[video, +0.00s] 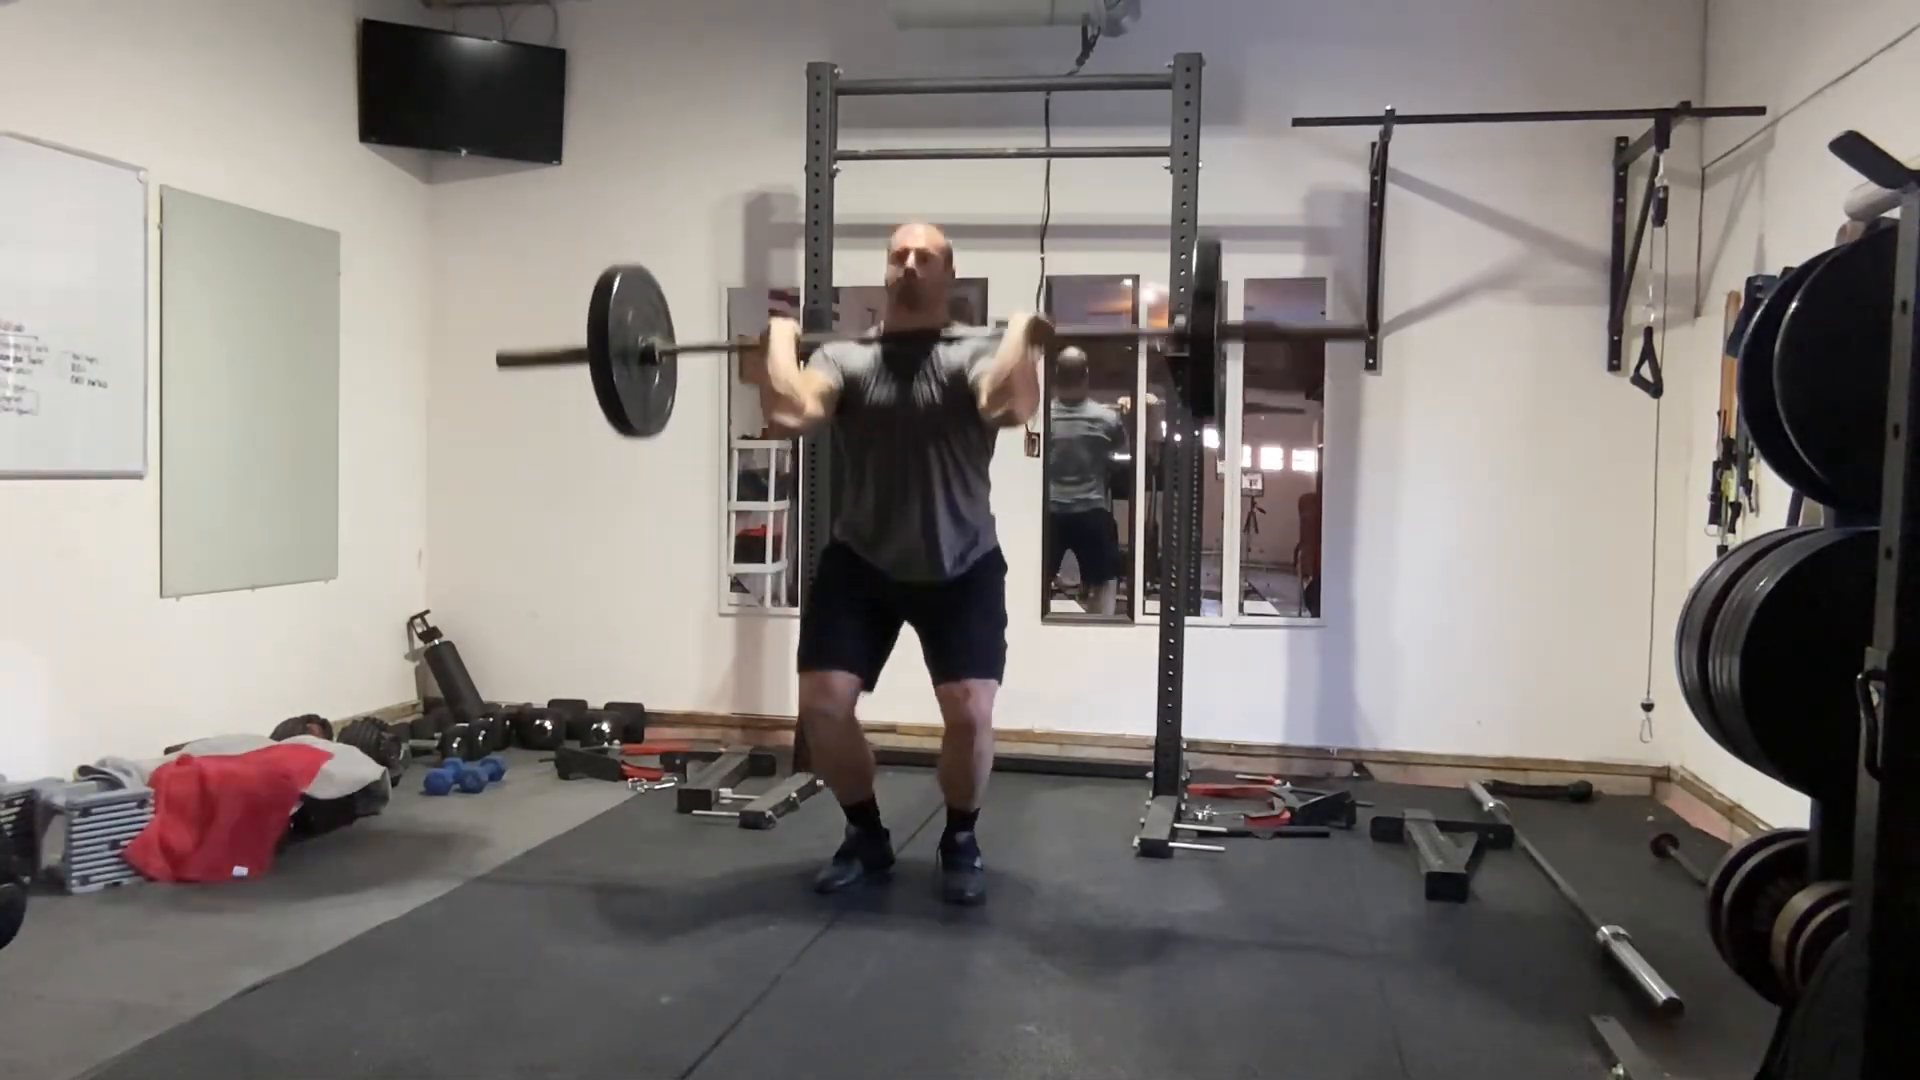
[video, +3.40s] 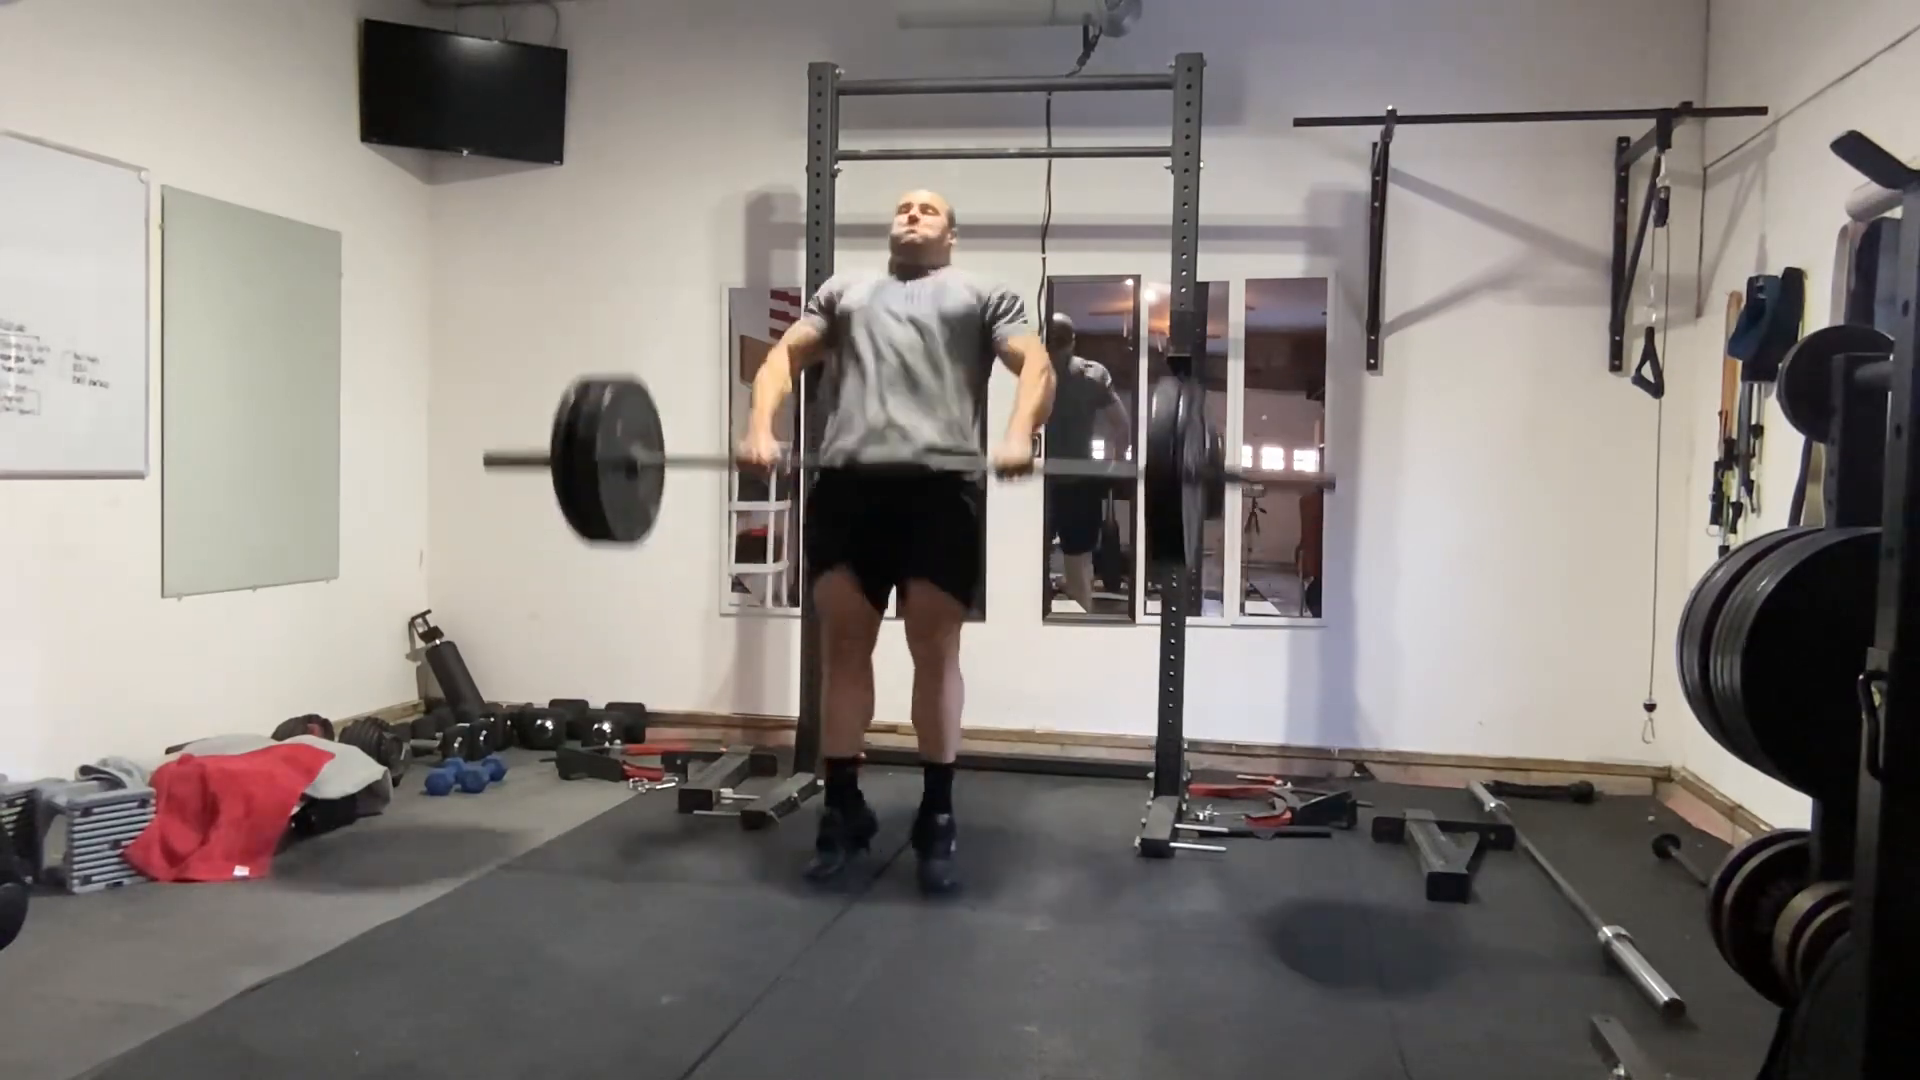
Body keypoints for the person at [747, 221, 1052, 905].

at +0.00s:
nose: (909, 267)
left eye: (925, 258)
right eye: (898, 257)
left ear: (951, 279)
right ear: (884, 276)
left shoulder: (978, 352)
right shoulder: (845, 359)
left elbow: (1014, 404)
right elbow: (793, 403)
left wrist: (1022, 332)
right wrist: (781, 333)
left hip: (958, 565)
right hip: (860, 560)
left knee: (969, 713)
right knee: (822, 702)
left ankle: (960, 843)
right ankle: (867, 840)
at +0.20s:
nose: (920, 204)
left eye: (936, 201)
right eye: (910, 199)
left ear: (960, 229)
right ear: (893, 222)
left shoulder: (971, 285)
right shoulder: (852, 284)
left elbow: (1033, 283)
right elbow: (766, 283)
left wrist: (1037, 193)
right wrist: (769, 199)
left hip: (948, 498)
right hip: (857, 497)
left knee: (953, 671)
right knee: (863, 670)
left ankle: (964, 836)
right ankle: (863, 833)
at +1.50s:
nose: (908, 219)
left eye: (926, 214)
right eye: (900, 213)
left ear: (954, 244)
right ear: (885, 241)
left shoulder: (972, 317)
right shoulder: (848, 320)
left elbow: (1017, 378)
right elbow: (774, 389)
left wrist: (1034, 291)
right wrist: (769, 301)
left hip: (948, 527)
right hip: (856, 524)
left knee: (950, 688)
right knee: (846, 684)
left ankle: (959, 841)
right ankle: (867, 840)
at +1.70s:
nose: (864, 459)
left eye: (877, 447)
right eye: (853, 445)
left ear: (905, 429)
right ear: (837, 432)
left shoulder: (958, 467)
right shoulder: (810, 470)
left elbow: (1013, 574)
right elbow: (779, 573)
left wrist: (1023, 689)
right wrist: (762, 675)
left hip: (956, 554)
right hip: (862, 555)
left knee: (965, 682)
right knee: (839, 672)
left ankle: (946, 828)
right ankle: (856, 829)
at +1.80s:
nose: (871, 387)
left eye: (884, 372)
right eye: (859, 372)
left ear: (914, 363)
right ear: (843, 367)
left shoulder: (962, 420)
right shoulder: (819, 420)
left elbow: (1019, 522)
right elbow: (782, 515)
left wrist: (1025, 634)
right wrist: (765, 619)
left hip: (962, 542)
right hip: (869, 539)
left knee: (963, 674)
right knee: (853, 669)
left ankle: (946, 826)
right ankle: (856, 827)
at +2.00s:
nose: (890, 254)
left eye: (902, 241)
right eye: (880, 242)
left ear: (934, 249)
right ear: (867, 252)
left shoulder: (977, 331)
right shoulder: (834, 330)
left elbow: (1038, 422)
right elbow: (787, 424)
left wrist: (1032, 525)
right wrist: (765, 517)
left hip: (959, 536)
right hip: (864, 533)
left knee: (952, 676)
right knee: (859, 668)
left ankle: (944, 830)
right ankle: (856, 826)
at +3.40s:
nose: (912, 216)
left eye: (926, 211)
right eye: (903, 211)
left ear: (950, 237)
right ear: (888, 235)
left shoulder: (979, 295)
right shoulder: (847, 292)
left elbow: (1037, 362)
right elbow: (782, 354)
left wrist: (1021, 431)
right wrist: (760, 425)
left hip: (940, 482)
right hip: (847, 480)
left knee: (934, 646)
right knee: (844, 647)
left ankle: (938, 816)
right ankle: (842, 808)